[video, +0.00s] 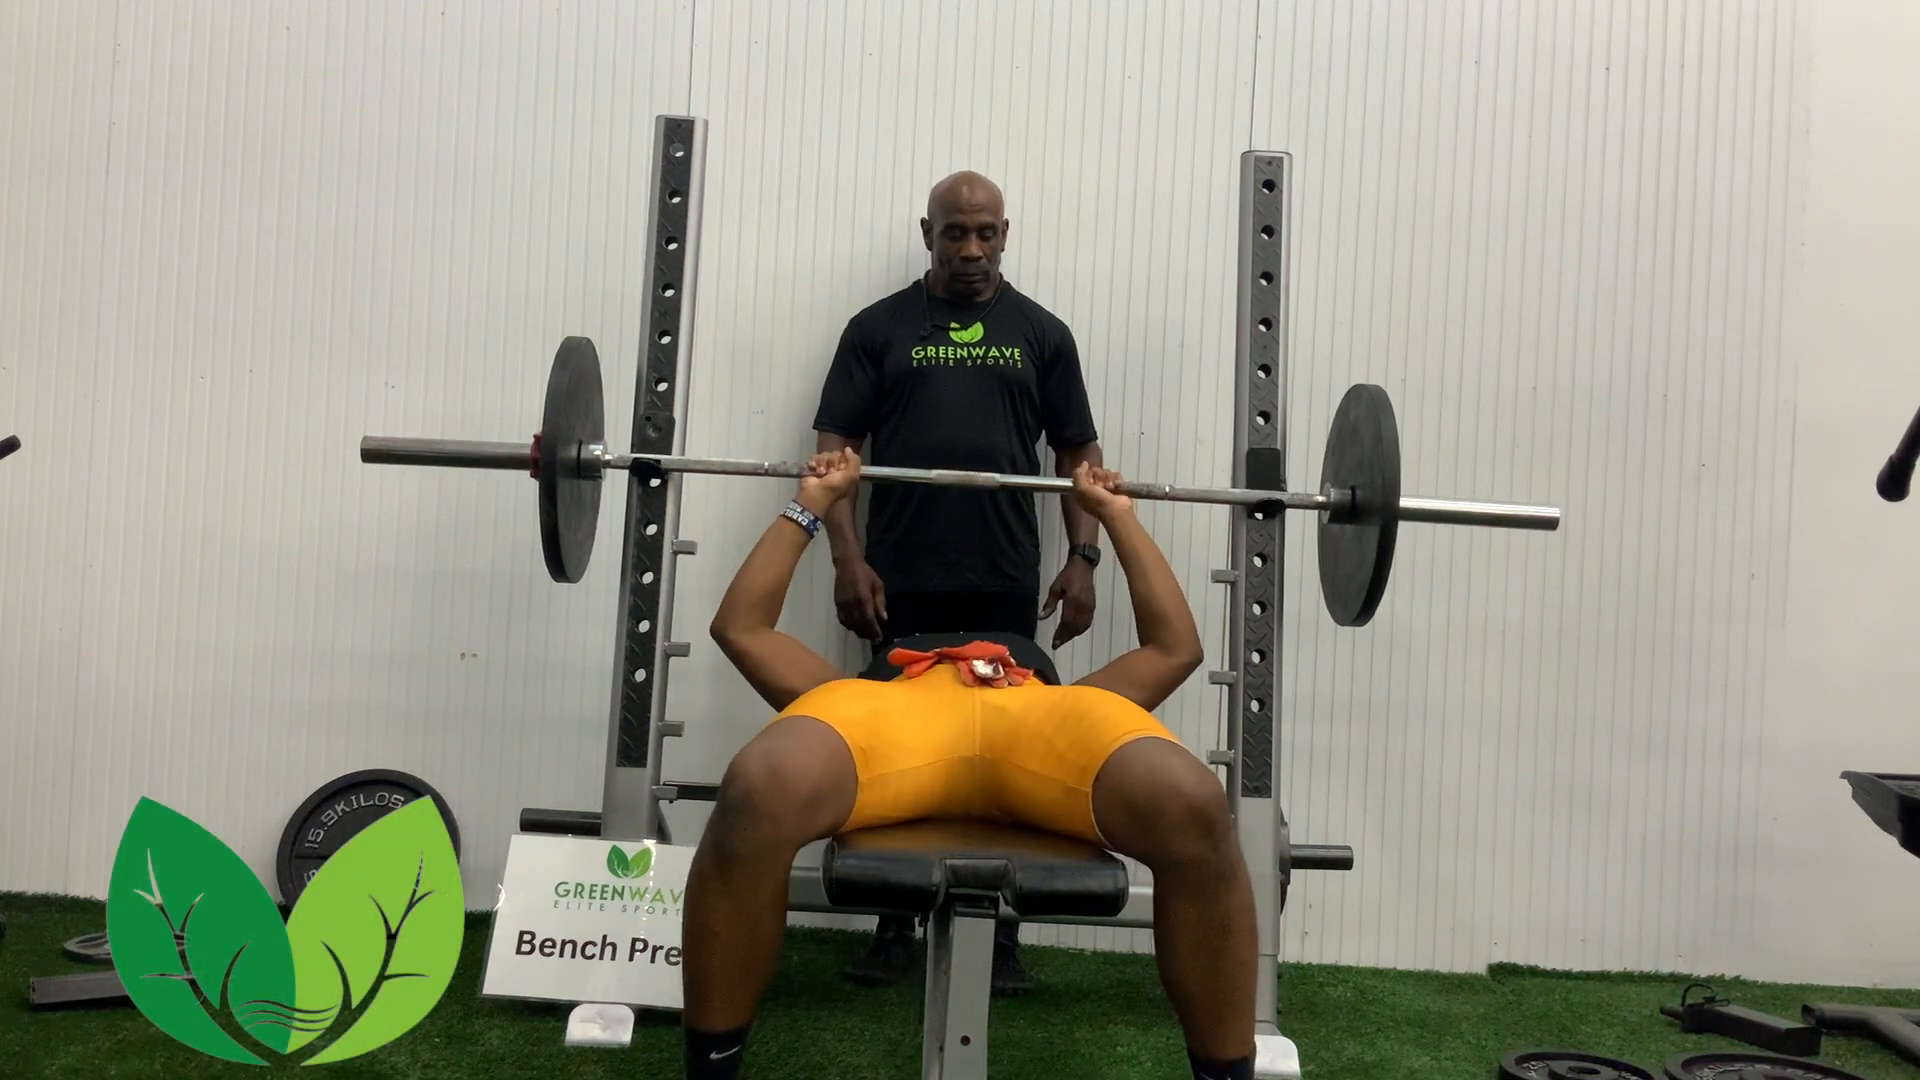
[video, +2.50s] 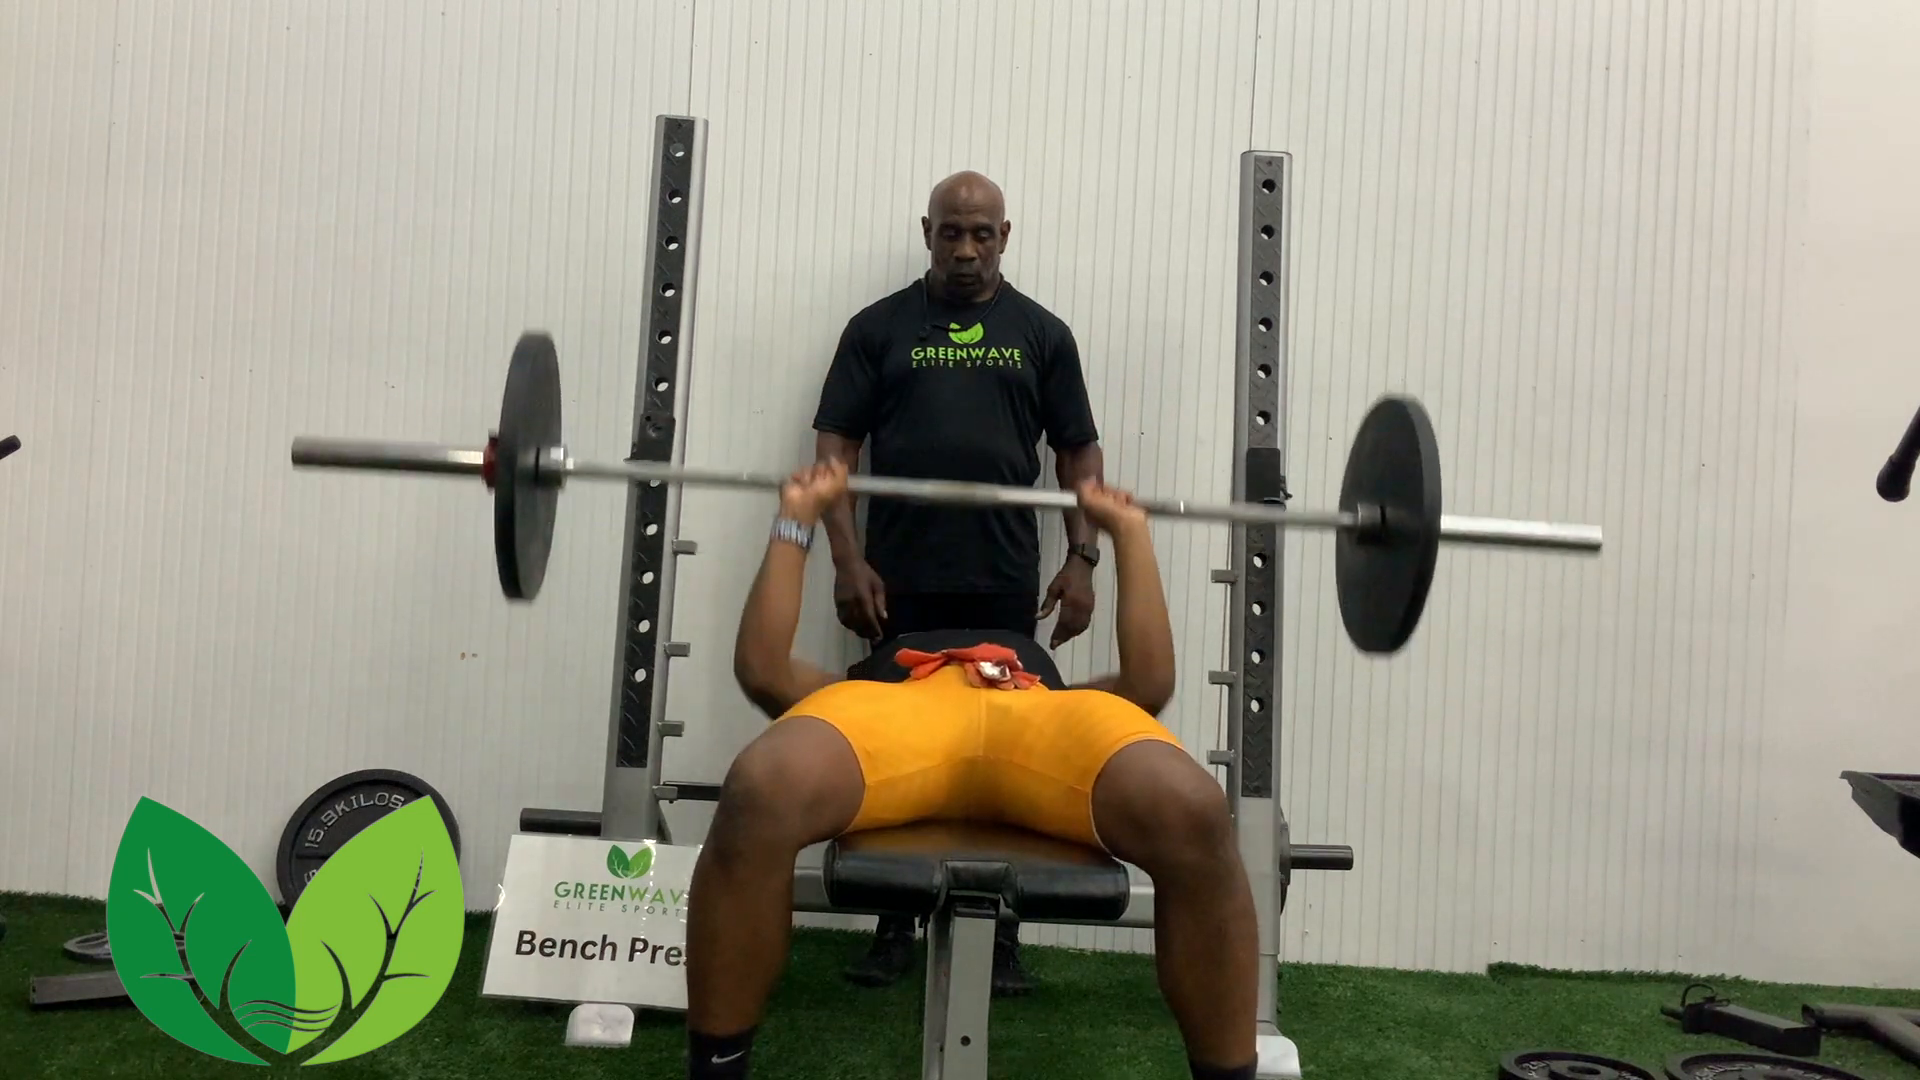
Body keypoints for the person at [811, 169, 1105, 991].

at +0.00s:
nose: (972, 248)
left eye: (987, 234)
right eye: (956, 233)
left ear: (1006, 238)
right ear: (927, 236)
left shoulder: (1041, 335)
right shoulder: (876, 332)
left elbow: (1078, 457)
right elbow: (833, 456)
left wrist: (1082, 558)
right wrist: (849, 561)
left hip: (1007, 583)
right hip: (903, 580)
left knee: (1013, 750)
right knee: (892, 747)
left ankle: (1000, 930)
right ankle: (896, 922)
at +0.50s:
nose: (973, 248)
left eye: (988, 234)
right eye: (957, 233)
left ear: (1006, 237)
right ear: (929, 236)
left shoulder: (1045, 337)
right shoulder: (874, 332)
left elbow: (1078, 463)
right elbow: (843, 458)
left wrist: (1090, 562)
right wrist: (851, 559)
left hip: (1009, 578)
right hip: (901, 575)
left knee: (1015, 746)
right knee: (890, 741)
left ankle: (1000, 926)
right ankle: (896, 916)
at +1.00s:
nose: (959, 246)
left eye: (977, 232)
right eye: (946, 229)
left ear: (1006, 241)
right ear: (928, 233)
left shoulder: (1045, 337)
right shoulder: (875, 330)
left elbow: (1078, 460)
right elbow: (845, 456)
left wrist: (1082, 560)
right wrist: (849, 558)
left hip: (1007, 579)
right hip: (899, 573)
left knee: (1011, 752)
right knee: (891, 744)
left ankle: (999, 927)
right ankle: (897, 917)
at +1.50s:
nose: (972, 249)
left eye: (987, 234)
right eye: (956, 233)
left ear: (1006, 237)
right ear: (927, 236)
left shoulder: (1043, 336)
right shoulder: (873, 333)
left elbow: (1077, 456)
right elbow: (842, 456)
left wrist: (1079, 555)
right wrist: (851, 558)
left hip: (1007, 582)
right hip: (899, 576)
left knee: (1010, 756)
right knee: (892, 750)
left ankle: (999, 929)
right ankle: (896, 920)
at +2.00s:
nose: (967, 248)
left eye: (983, 235)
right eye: (952, 233)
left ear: (1005, 239)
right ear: (926, 237)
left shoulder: (1042, 336)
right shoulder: (877, 330)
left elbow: (1078, 455)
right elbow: (836, 445)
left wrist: (1083, 563)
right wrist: (844, 556)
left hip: (1006, 590)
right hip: (900, 585)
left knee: (1011, 759)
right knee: (889, 754)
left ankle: (1000, 931)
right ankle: (894, 924)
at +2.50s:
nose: (967, 249)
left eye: (983, 235)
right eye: (952, 234)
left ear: (1005, 241)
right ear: (927, 236)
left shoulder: (1042, 337)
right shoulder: (876, 331)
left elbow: (1077, 459)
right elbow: (834, 454)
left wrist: (1080, 559)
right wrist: (848, 558)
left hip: (1006, 589)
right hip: (902, 586)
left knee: (1011, 752)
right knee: (890, 751)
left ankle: (998, 927)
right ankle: (896, 918)